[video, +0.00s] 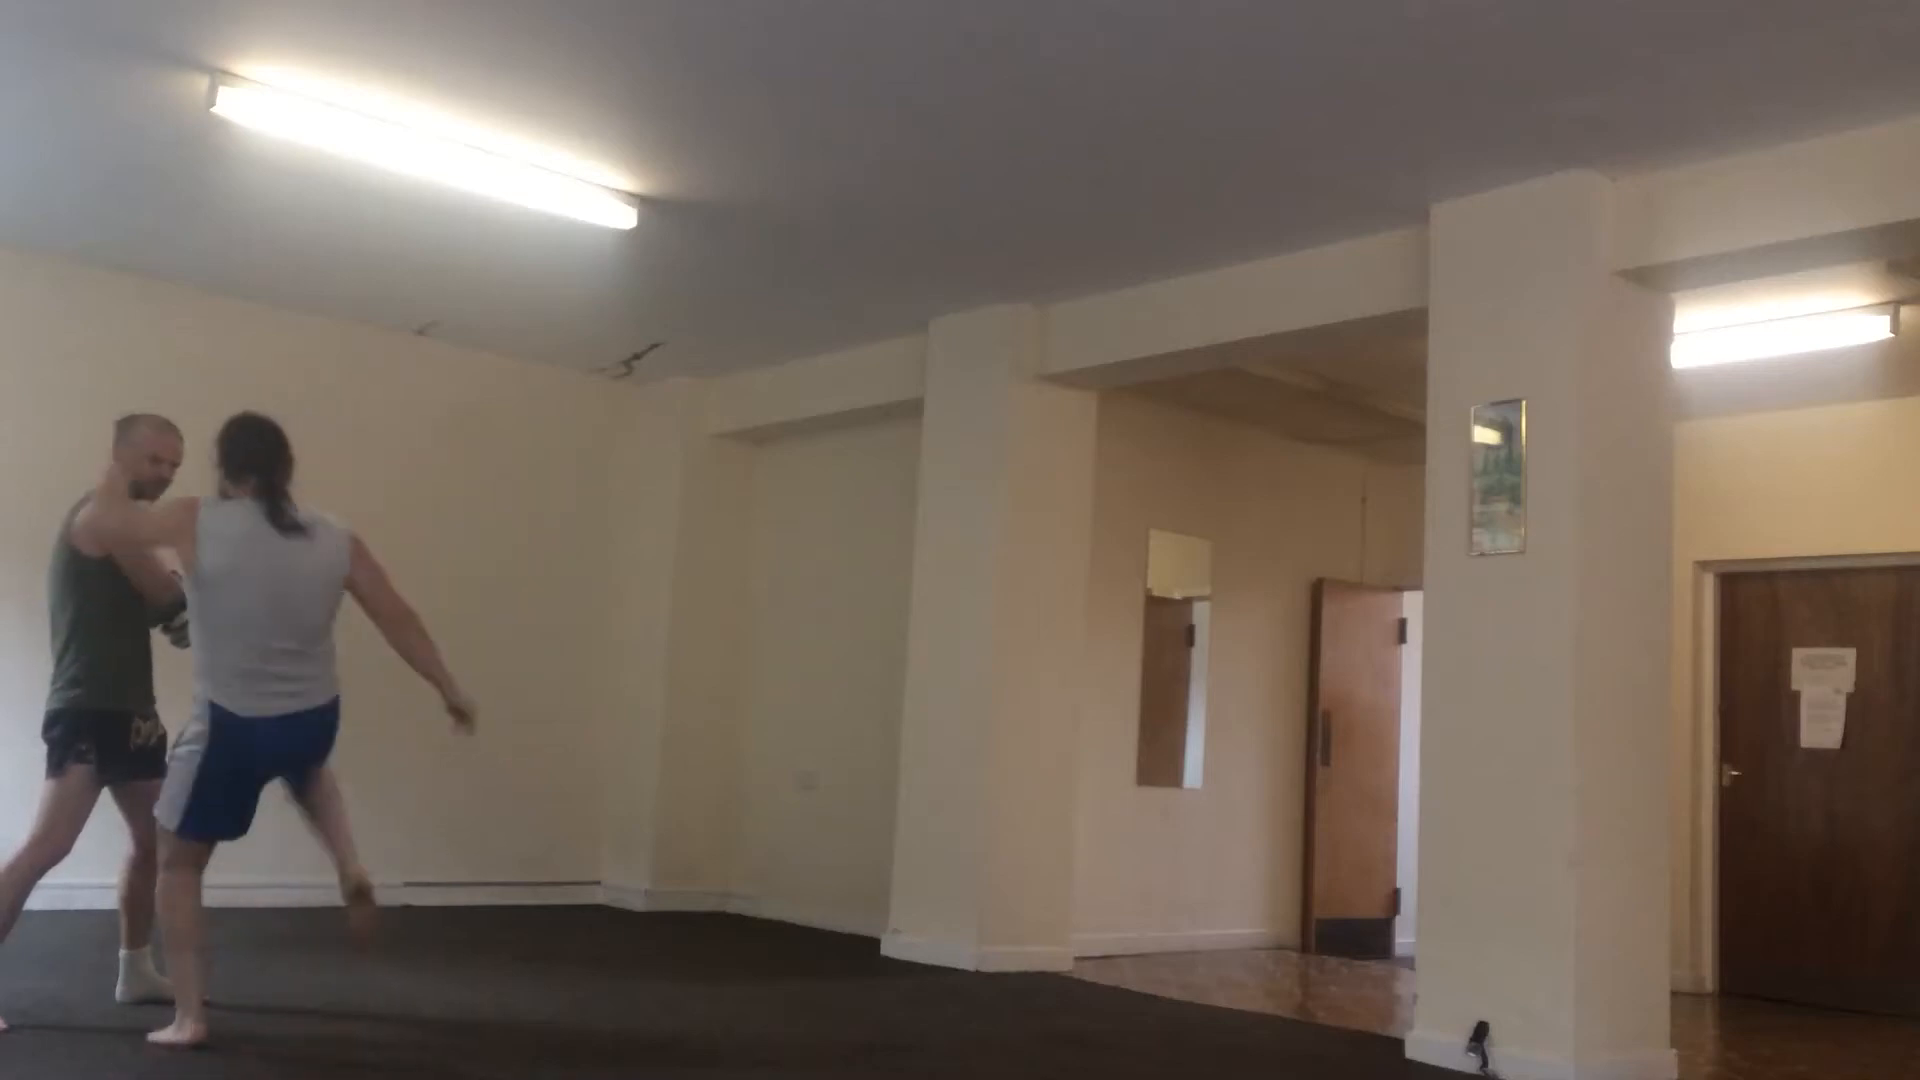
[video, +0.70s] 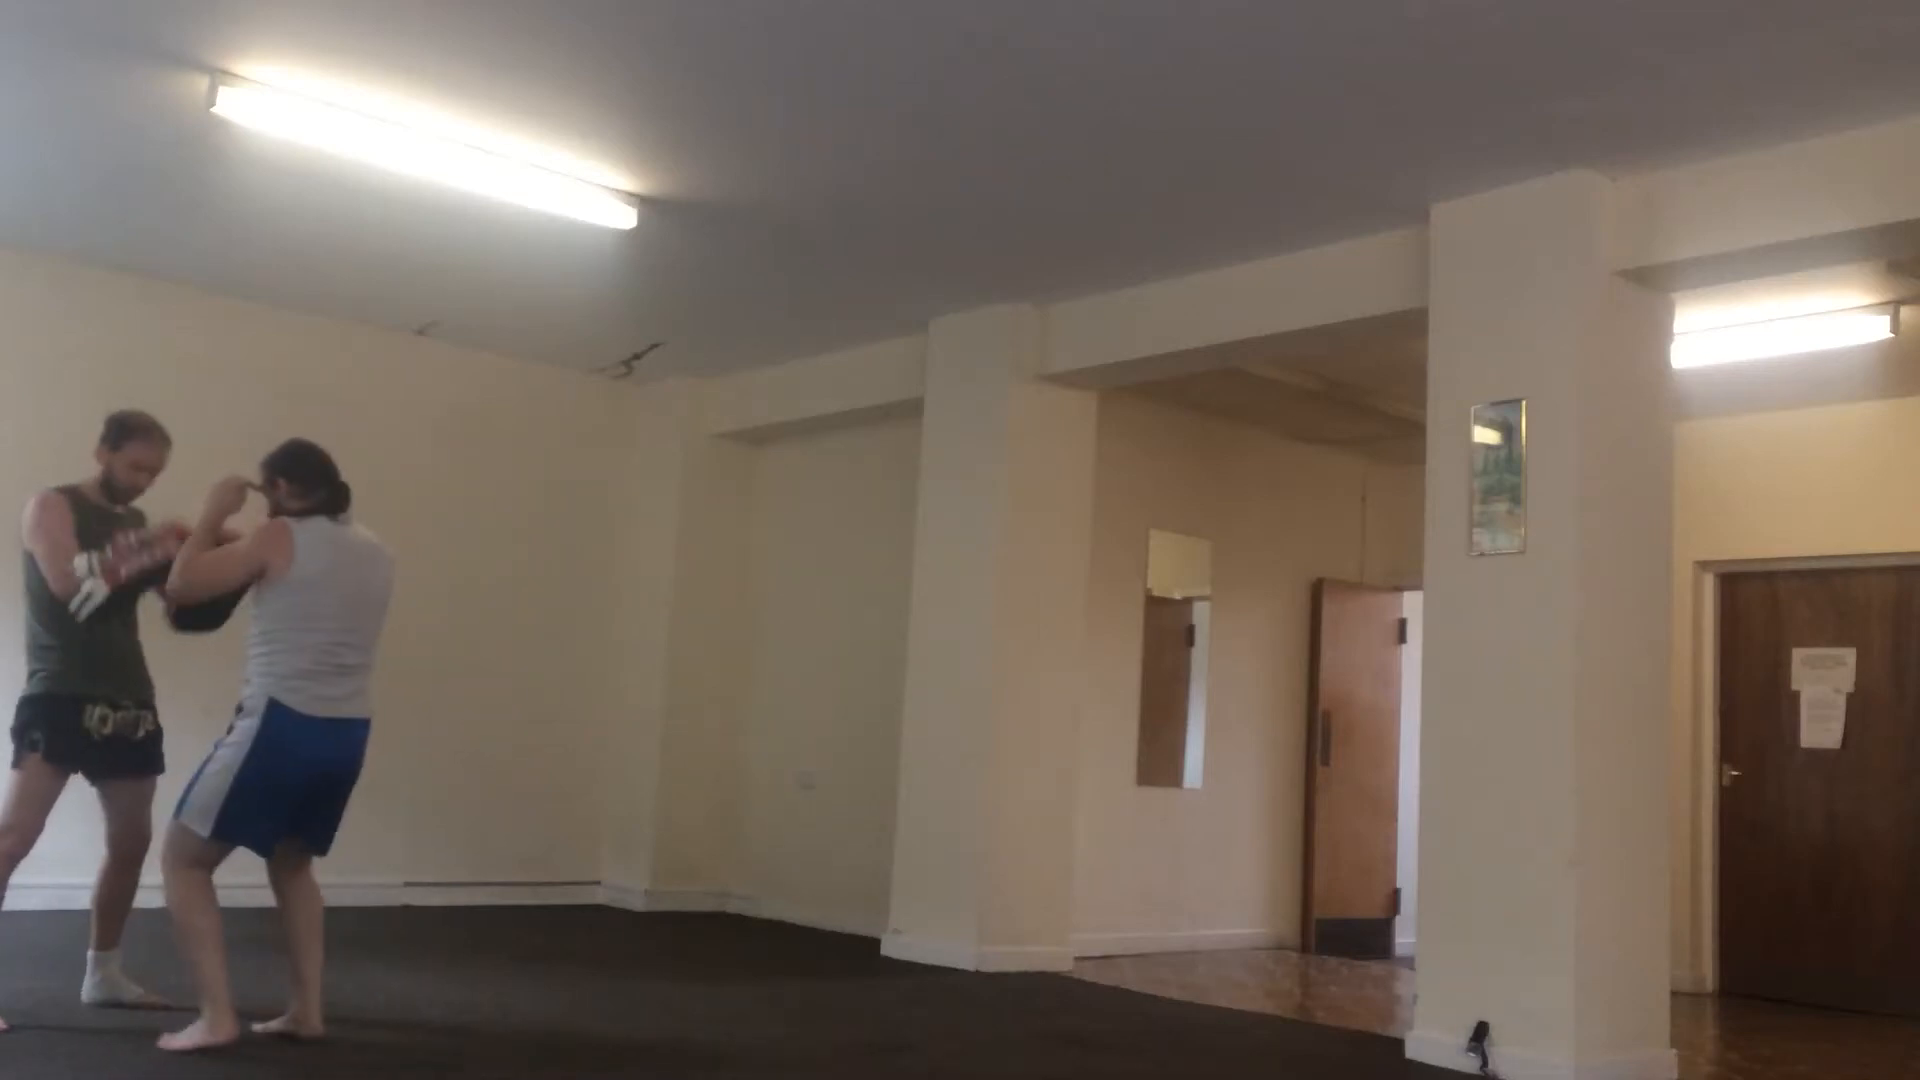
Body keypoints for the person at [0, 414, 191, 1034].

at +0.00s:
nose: (164, 477)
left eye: (172, 468)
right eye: (155, 462)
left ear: (171, 468)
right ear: (120, 455)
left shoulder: (137, 527)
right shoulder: (94, 517)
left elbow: (171, 610)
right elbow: (167, 595)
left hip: (131, 709)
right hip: (86, 708)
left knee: (153, 841)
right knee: (48, 844)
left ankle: (136, 970)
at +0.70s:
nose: (142, 482)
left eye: (152, 474)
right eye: (136, 469)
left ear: (154, 472)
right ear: (103, 453)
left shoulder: (137, 524)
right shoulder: (52, 507)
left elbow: (181, 596)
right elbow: (73, 591)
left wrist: (189, 547)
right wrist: (152, 546)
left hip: (127, 702)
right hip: (59, 697)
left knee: (130, 843)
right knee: (15, 839)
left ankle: (103, 973)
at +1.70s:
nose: (266, 479)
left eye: (272, 469)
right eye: (257, 465)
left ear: (266, 474)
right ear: (225, 461)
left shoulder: (227, 540)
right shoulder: (186, 509)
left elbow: (193, 615)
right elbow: (150, 498)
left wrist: (226, 650)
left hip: (171, 712)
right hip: (115, 705)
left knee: (155, 849)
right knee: (121, 850)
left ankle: (111, 954)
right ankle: (77, 1013)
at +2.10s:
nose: (243, 440)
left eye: (252, 430)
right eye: (232, 426)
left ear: (256, 432)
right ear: (194, 421)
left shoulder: (237, 501)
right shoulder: (141, 480)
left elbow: (238, 594)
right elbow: (47, 542)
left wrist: (281, 610)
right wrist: (106, 523)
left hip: (197, 693)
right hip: (127, 692)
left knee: (180, 842)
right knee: (107, 857)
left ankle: (91, 915)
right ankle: (76, 1019)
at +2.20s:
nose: (232, 451)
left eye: (244, 441)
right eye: (224, 435)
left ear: (250, 441)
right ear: (189, 422)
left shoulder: (240, 502)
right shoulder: (133, 478)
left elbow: (279, 580)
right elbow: (62, 557)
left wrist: (320, 568)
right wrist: (112, 522)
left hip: (202, 694)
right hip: (127, 692)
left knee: (195, 849)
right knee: (106, 857)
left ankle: (126, 951)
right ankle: (75, 1017)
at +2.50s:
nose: (251, 466)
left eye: (260, 457)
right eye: (242, 452)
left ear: (269, 462)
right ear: (211, 444)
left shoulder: (262, 512)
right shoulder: (159, 504)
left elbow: (335, 554)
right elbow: (168, 524)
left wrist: (339, 488)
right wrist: (195, 456)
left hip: (235, 703)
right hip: (155, 700)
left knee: (241, 861)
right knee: (120, 857)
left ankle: (234, 1001)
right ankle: (76, 1021)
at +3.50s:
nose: (228, 476)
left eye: (239, 461)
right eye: (216, 465)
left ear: (265, 454)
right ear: (202, 465)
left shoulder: (286, 526)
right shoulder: (216, 523)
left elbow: (224, 607)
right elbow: (188, 598)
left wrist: (165, 579)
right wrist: (139, 572)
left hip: (243, 713)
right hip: (190, 704)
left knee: (223, 858)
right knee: (149, 849)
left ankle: (249, 1025)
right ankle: (145, 989)